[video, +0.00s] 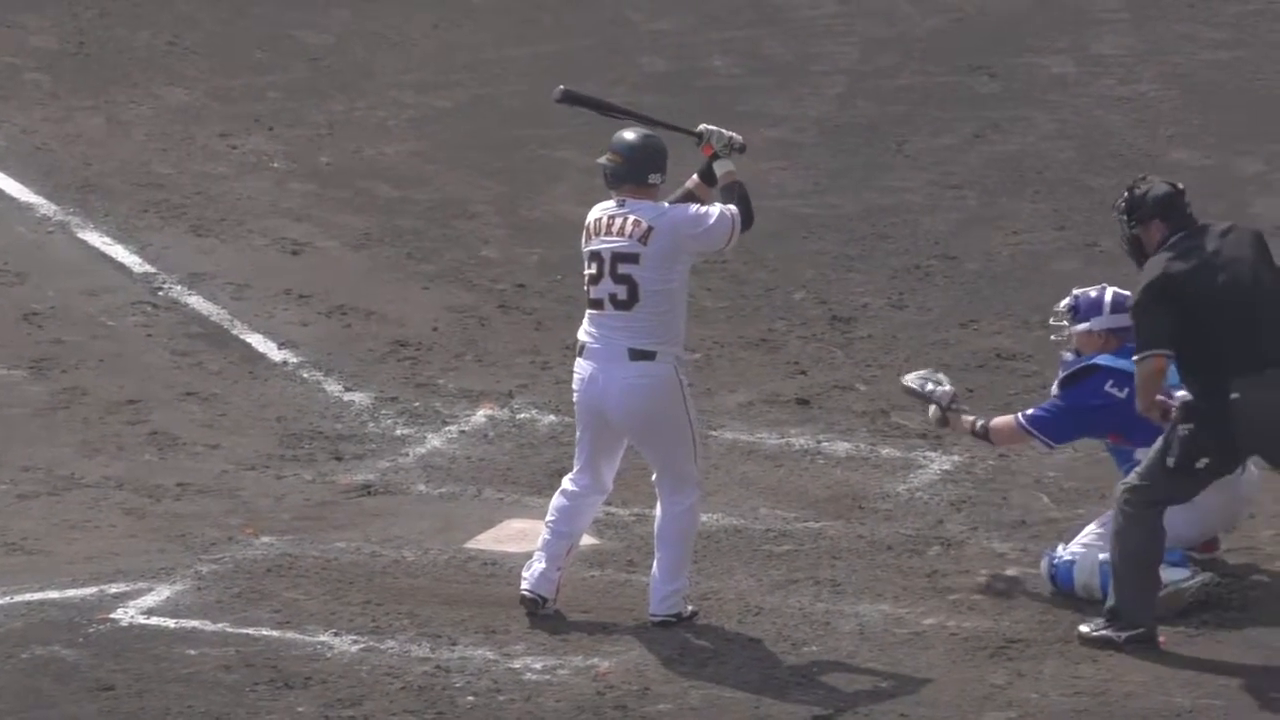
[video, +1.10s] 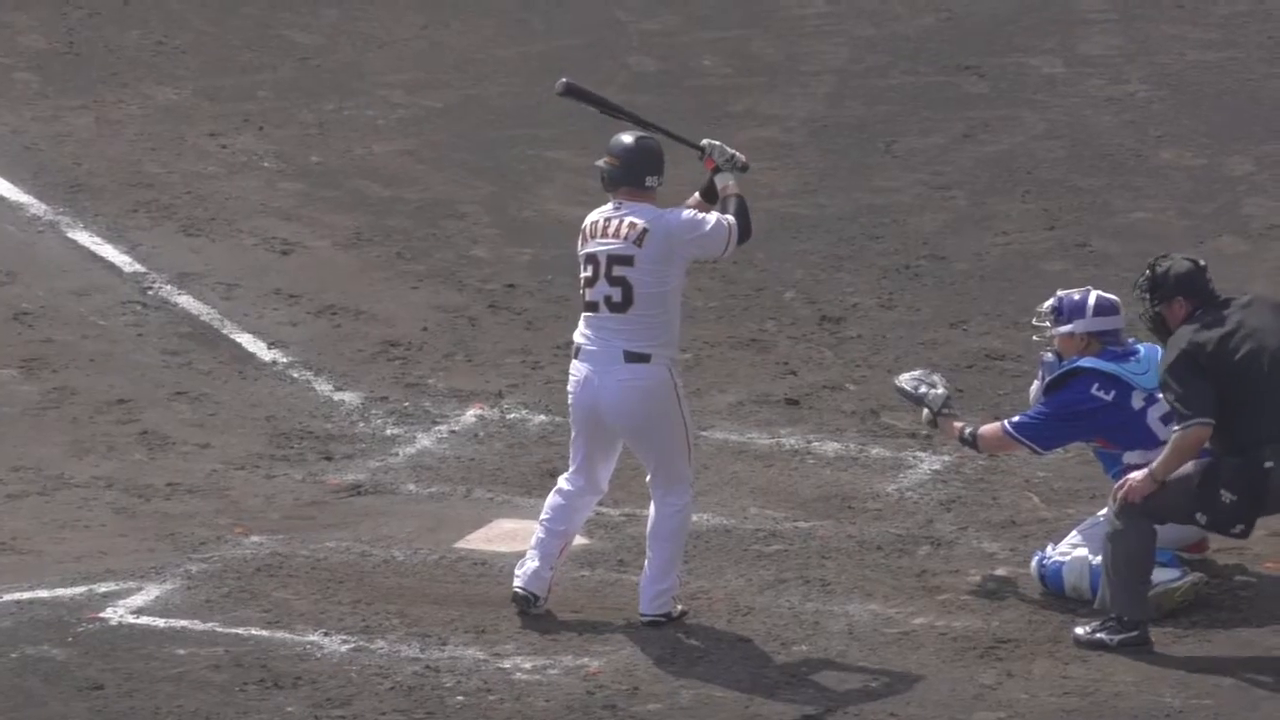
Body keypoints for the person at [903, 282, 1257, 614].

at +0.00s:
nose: (1069, 337)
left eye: (1076, 330)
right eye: (1070, 329)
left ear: (1104, 337)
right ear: (1117, 335)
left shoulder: (1099, 387)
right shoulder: (1158, 357)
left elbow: (1020, 431)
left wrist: (962, 421)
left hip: (1194, 495)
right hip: (1237, 474)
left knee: (1063, 564)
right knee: (1143, 465)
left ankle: (1178, 579)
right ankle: (1200, 546)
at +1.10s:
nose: (1051, 337)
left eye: (1058, 331)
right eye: (1053, 329)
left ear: (1082, 339)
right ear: (1110, 331)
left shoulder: (1086, 390)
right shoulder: (1150, 353)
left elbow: (1006, 436)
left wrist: (954, 429)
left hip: (1167, 506)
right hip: (1212, 485)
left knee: (1052, 563)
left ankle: (1160, 577)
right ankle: (1189, 539)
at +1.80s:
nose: (1002, 351)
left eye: (1010, 344)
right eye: (1005, 343)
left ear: (1035, 351)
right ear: (1051, 348)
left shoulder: (1034, 400)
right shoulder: (1094, 365)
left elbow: (957, 449)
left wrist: (908, 436)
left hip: (1111, 517)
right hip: (1151, 497)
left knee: (1000, 569)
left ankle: (1109, 583)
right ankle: (1131, 547)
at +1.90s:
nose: (985, 350)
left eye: (993, 342)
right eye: (987, 342)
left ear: (1018, 351)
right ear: (1037, 345)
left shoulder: (1020, 399)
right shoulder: (1080, 365)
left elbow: (952, 462)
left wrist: (913, 447)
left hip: (1093, 517)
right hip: (1137, 498)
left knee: (983, 564)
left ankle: (1092, 579)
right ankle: (1114, 546)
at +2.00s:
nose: (973, 349)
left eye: (980, 341)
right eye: (974, 341)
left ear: (1004, 350)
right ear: (1028, 345)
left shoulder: (1007, 396)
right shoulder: (1069, 366)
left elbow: (968, 468)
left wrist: (918, 459)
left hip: (1078, 515)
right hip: (1121, 495)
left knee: (976, 560)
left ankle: (1075, 573)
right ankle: (1102, 540)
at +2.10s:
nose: (964, 349)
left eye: (970, 342)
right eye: (966, 341)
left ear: (992, 349)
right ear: (1021, 343)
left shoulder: (995, 393)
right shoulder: (1056, 363)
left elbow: (975, 473)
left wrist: (932, 478)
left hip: (1069, 511)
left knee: (966, 555)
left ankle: (1066, 570)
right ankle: (1089, 538)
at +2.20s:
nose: (958, 349)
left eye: (964, 341)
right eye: (960, 340)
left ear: (985, 349)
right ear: (1014, 343)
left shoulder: (989, 392)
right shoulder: (1049, 363)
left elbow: (971, 473)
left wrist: (926, 484)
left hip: (1062, 509)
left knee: (959, 550)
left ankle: (1058, 566)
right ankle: (1081, 534)